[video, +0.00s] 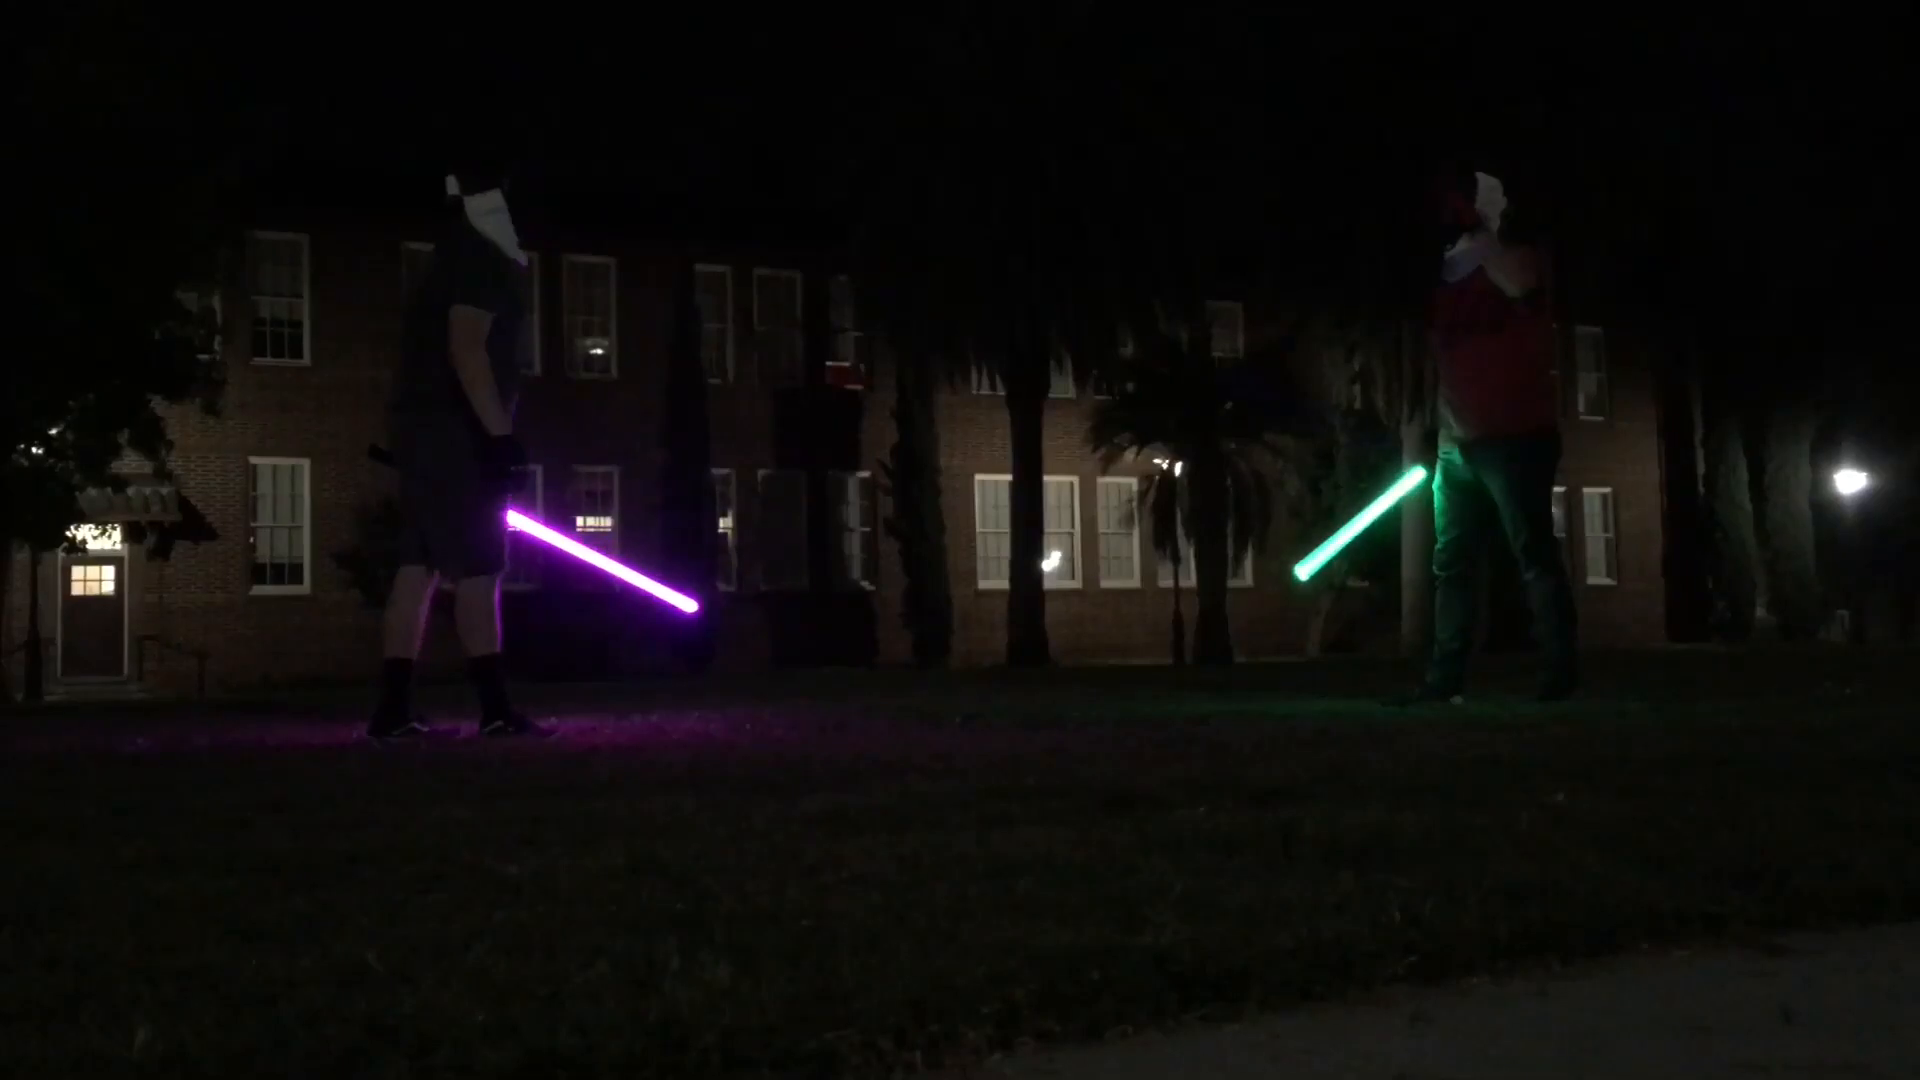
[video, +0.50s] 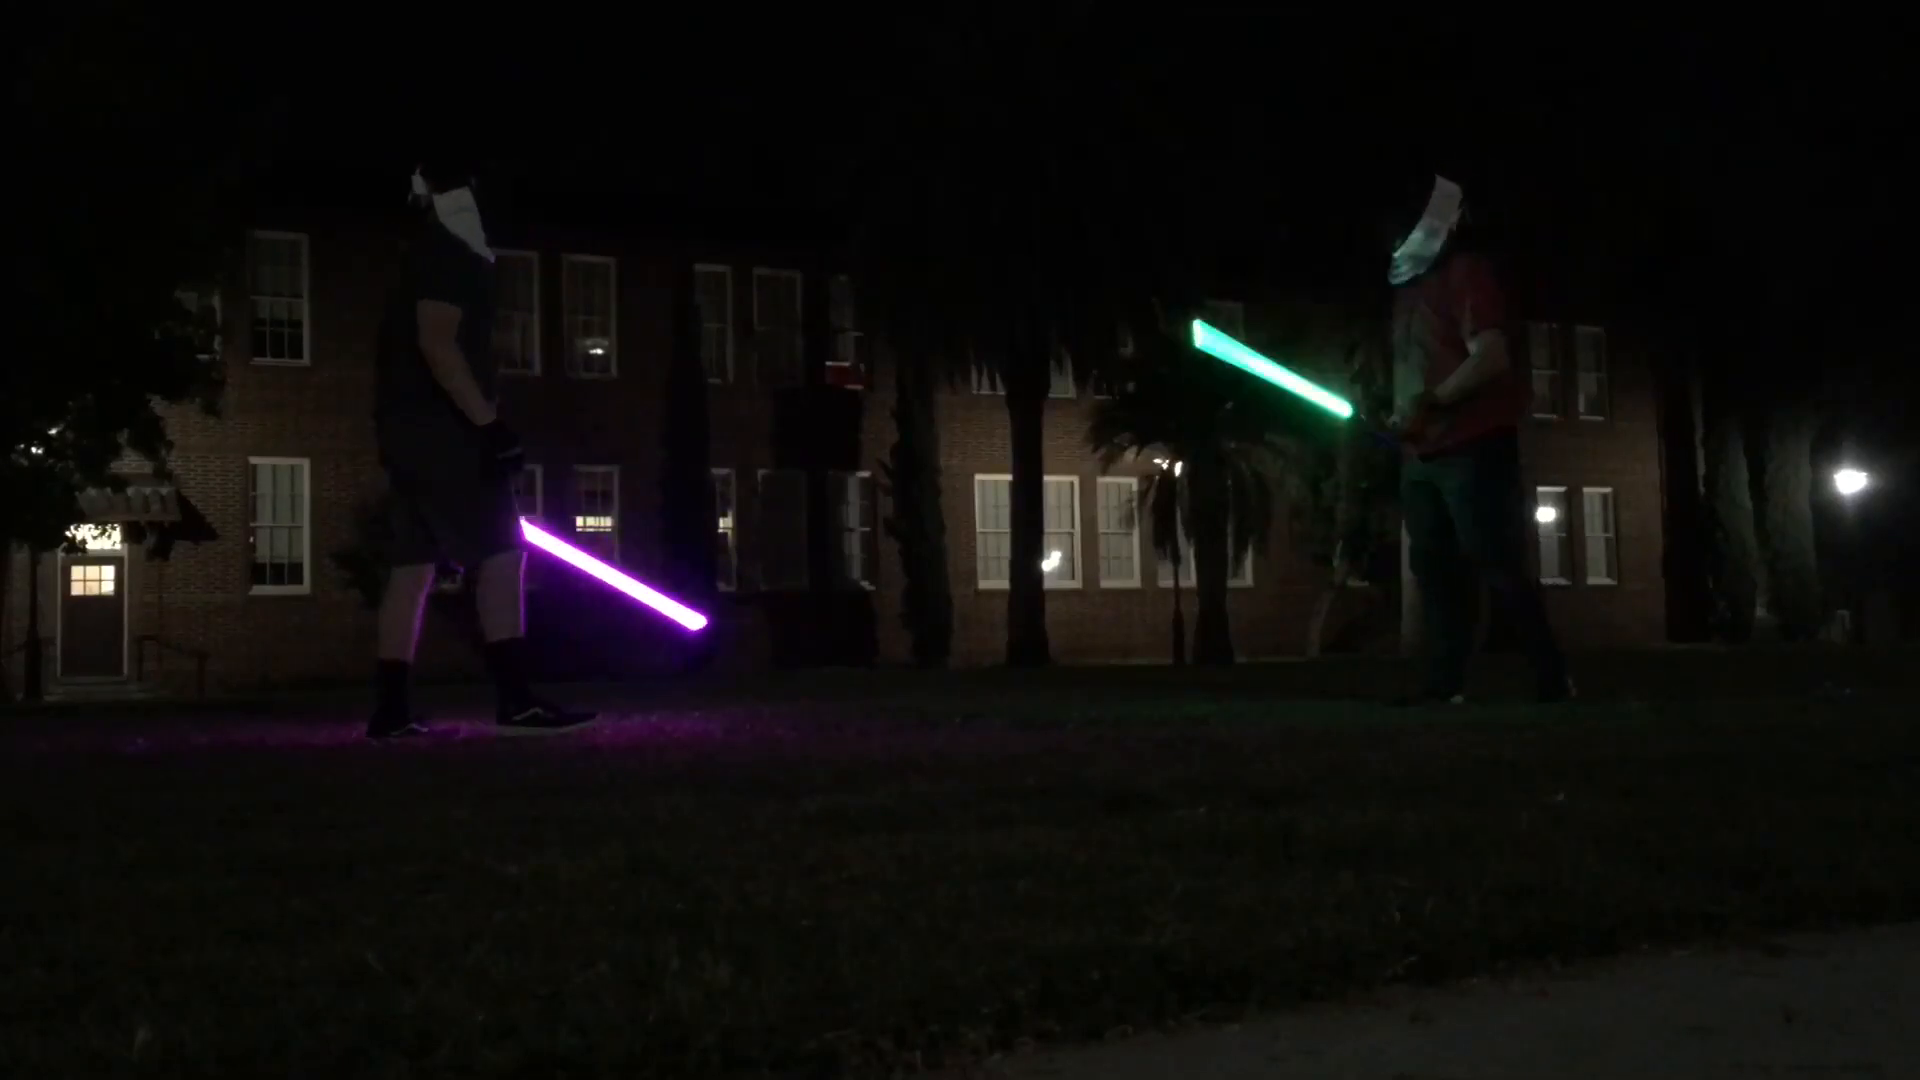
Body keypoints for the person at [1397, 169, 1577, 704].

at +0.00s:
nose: (1457, 212)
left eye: (1466, 201)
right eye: (1455, 204)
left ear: (1490, 204)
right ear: (1457, 208)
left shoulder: (1519, 250)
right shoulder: (1454, 262)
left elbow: (1521, 285)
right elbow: (1437, 346)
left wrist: (1481, 234)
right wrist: (1422, 424)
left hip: (1515, 433)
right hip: (1457, 436)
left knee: (1534, 557)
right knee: (1451, 564)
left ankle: (1557, 674)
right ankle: (1444, 679)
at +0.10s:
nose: (1463, 224)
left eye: (1472, 214)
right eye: (1458, 213)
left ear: (1490, 216)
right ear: (1447, 216)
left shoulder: (1511, 265)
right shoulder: (1445, 271)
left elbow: (1518, 322)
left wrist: (1455, 293)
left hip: (1510, 439)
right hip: (1452, 439)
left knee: (1529, 556)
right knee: (1448, 562)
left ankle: (1558, 672)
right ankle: (1445, 678)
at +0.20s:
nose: (1440, 235)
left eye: (1451, 224)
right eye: (1439, 223)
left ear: (1475, 223)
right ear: (1440, 223)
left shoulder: (1503, 273)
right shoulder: (1439, 279)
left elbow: (1520, 339)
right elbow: (1431, 357)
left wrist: (1456, 346)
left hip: (1500, 445)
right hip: (1446, 447)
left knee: (1525, 561)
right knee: (1445, 567)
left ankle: (1557, 673)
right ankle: (1444, 680)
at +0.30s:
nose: (1437, 231)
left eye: (1448, 221)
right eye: (1435, 221)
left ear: (1467, 224)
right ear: (1430, 224)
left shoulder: (1492, 274)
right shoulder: (1432, 282)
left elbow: (1512, 350)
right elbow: (1433, 356)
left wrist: (1446, 377)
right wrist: (1417, 387)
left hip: (1494, 444)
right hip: (1444, 447)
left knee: (1516, 560)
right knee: (1444, 568)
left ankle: (1557, 671)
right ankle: (1445, 680)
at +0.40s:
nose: (1425, 228)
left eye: (1435, 218)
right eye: (1424, 218)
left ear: (1455, 222)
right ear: (1426, 223)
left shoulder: (1478, 273)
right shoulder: (1424, 281)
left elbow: (1502, 352)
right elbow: (1425, 359)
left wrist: (1443, 396)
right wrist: (1412, 404)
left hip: (1483, 447)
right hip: (1434, 451)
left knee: (1506, 566)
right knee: (1442, 574)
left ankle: (1552, 675)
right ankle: (1442, 681)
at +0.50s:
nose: (1404, 239)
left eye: (1415, 227)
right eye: (1404, 228)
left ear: (1440, 227)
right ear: (1409, 230)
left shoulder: (1465, 276)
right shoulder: (1410, 287)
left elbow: (1492, 356)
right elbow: (1415, 366)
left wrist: (1431, 402)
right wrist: (1401, 410)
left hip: (1477, 447)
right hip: (1427, 452)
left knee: (1496, 566)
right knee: (1435, 571)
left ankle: (1549, 676)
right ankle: (1442, 680)